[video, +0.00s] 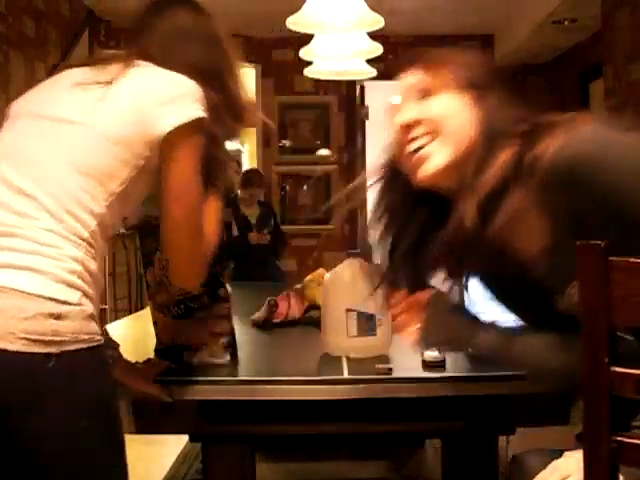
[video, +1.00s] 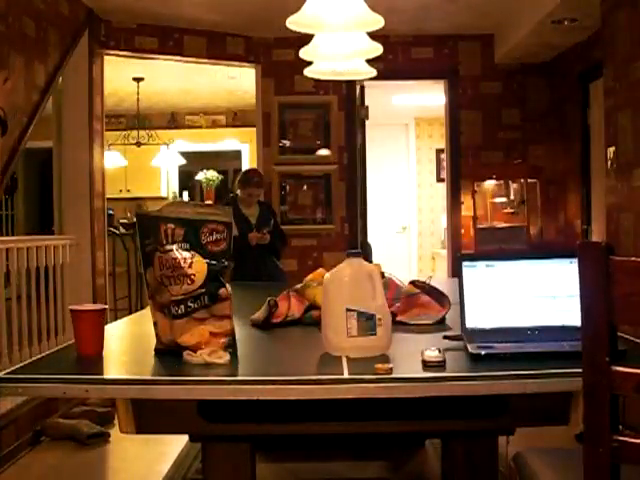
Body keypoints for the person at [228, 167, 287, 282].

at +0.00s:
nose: (253, 196)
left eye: (257, 190)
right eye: (249, 191)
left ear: (262, 191)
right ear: (241, 190)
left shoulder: (267, 209)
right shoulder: (230, 208)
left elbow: (281, 240)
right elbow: (225, 245)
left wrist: (269, 239)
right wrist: (247, 239)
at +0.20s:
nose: (253, 197)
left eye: (256, 192)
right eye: (249, 192)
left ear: (261, 191)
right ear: (241, 190)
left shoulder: (266, 209)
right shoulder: (231, 208)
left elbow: (281, 240)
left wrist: (269, 239)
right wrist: (247, 239)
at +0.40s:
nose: (252, 199)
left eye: (256, 195)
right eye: (248, 195)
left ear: (261, 192)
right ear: (240, 191)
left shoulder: (266, 209)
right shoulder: (230, 207)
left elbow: (281, 239)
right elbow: (224, 242)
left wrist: (269, 239)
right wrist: (246, 238)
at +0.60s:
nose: (253, 200)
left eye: (257, 195)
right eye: (249, 195)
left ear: (262, 192)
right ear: (240, 190)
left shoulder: (266, 208)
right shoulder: (229, 207)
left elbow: (282, 240)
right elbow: (224, 242)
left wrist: (269, 239)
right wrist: (246, 238)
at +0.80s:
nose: (253, 200)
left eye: (257, 196)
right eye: (249, 195)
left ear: (262, 192)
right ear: (240, 190)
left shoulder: (266, 209)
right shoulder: (229, 207)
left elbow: (282, 239)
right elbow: (224, 243)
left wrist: (269, 239)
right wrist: (246, 239)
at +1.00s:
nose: (253, 200)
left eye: (257, 196)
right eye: (249, 195)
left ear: (262, 192)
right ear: (240, 190)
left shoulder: (266, 209)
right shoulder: (229, 208)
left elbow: (282, 239)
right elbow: (224, 243)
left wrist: (269, 239)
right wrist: (246, 240)